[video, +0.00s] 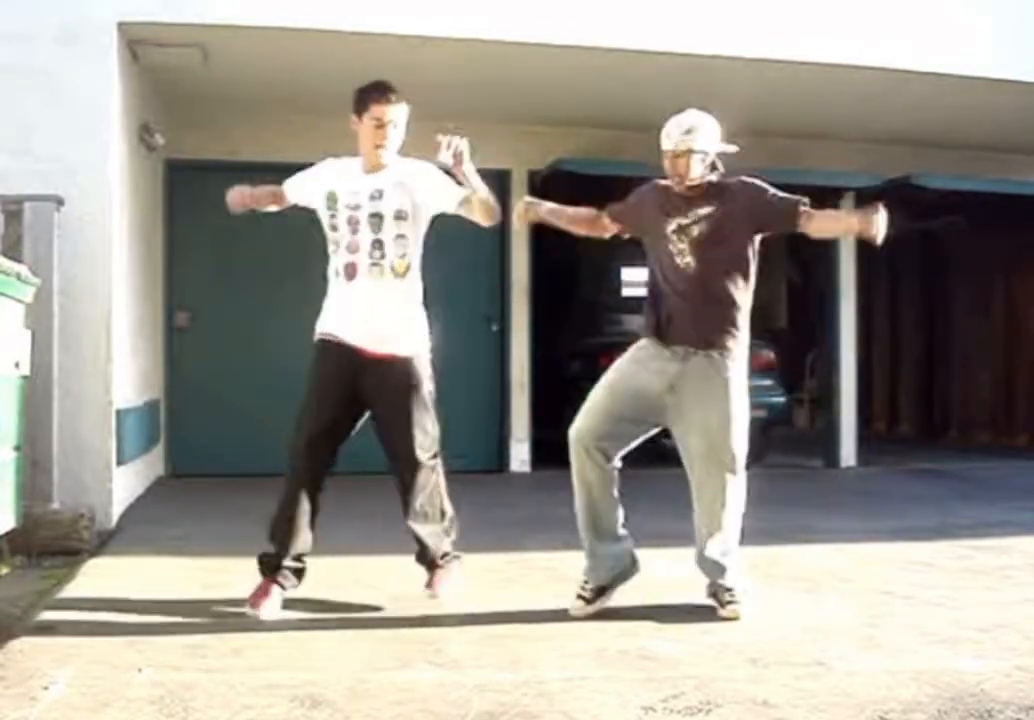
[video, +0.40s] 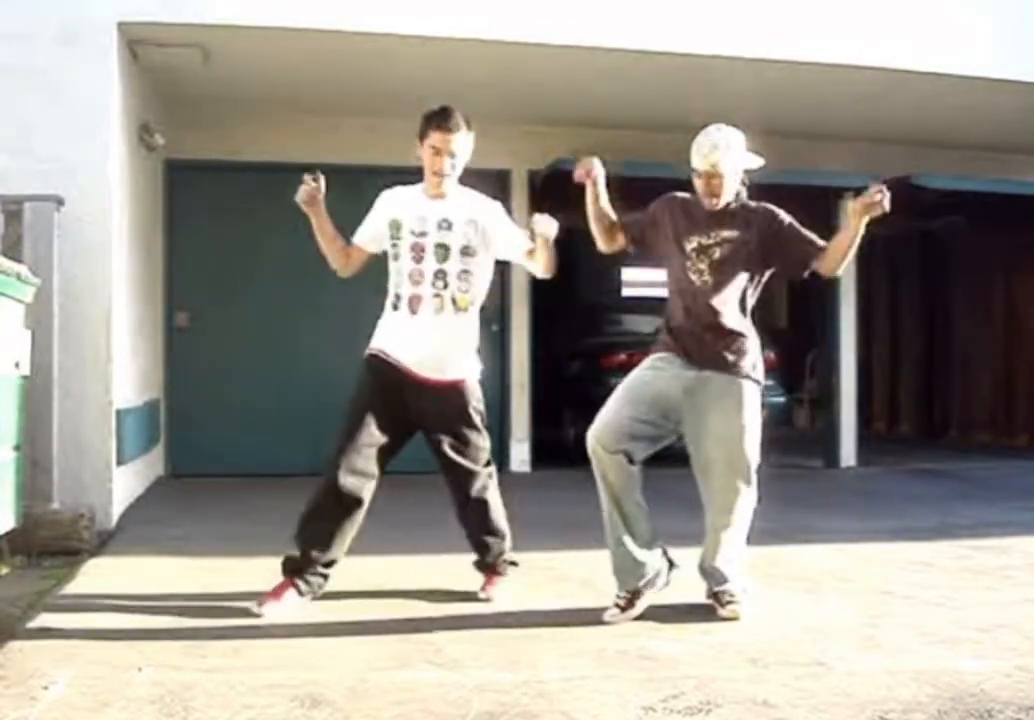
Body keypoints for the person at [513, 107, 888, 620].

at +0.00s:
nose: (688, 165)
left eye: (698, 155)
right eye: (680, 155)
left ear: (714, 157)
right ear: (665, 156)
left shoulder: (743, 197)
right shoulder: (650, 198)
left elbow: (805, 218)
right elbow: (600, 222)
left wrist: (858, 221)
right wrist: (540, 209)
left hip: (715, 360)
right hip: (653, 351)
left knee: (719, 468)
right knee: (587, 438)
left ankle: (722, 576)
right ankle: (609, 560)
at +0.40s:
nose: (711, 183)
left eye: (721, 173)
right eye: (704, 173)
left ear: (740, 173)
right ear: (692, 172)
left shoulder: (762, 220)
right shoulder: (672, 210)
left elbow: (827, 264)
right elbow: (610, 238)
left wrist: (857, 218)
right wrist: (595, 189)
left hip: (730, 367)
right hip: (672, 357)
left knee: (730, 477)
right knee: (606, 440)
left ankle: (723, 580)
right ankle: (642, 565)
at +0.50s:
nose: (708, 162)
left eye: (718, 153)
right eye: (701, 152)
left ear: (739, 150)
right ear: (690, 150)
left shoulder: (763, 201)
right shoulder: (673, 192)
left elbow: (808, 261)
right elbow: (629, 222)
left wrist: (803, 216)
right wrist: (623, 215)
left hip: (730, 357)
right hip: (669, 347)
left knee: (733, 470)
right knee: (615, 435)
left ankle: (725, 579)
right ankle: (619, 557)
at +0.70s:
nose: (713, 177)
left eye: (724, 167)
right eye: (706, 165)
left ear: (740, 166)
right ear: (693, 161)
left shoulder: (748, 221)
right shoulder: (659, 209)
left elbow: (768, 281)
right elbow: (611, 261)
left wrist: (838, 291)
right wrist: (611, 289)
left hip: (727, 368)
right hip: (666, 366)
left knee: (747, 478)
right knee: (652, 476)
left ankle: (730, 582)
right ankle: (581, 577)